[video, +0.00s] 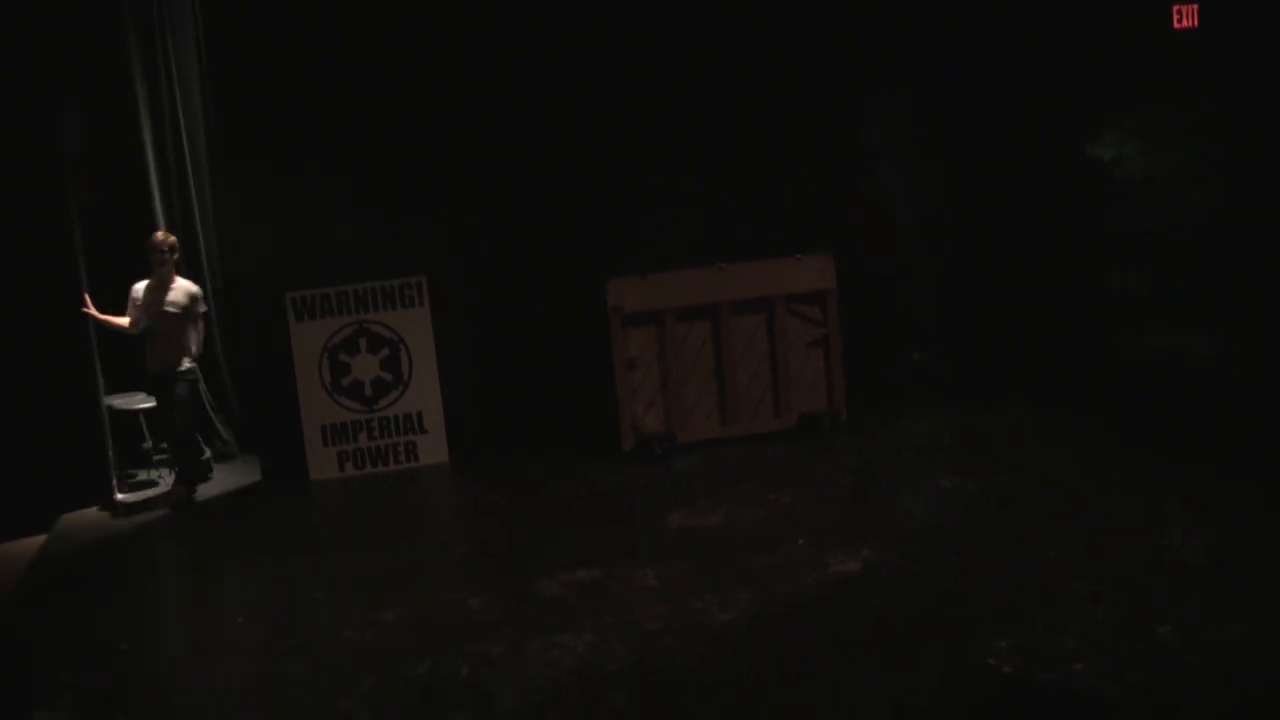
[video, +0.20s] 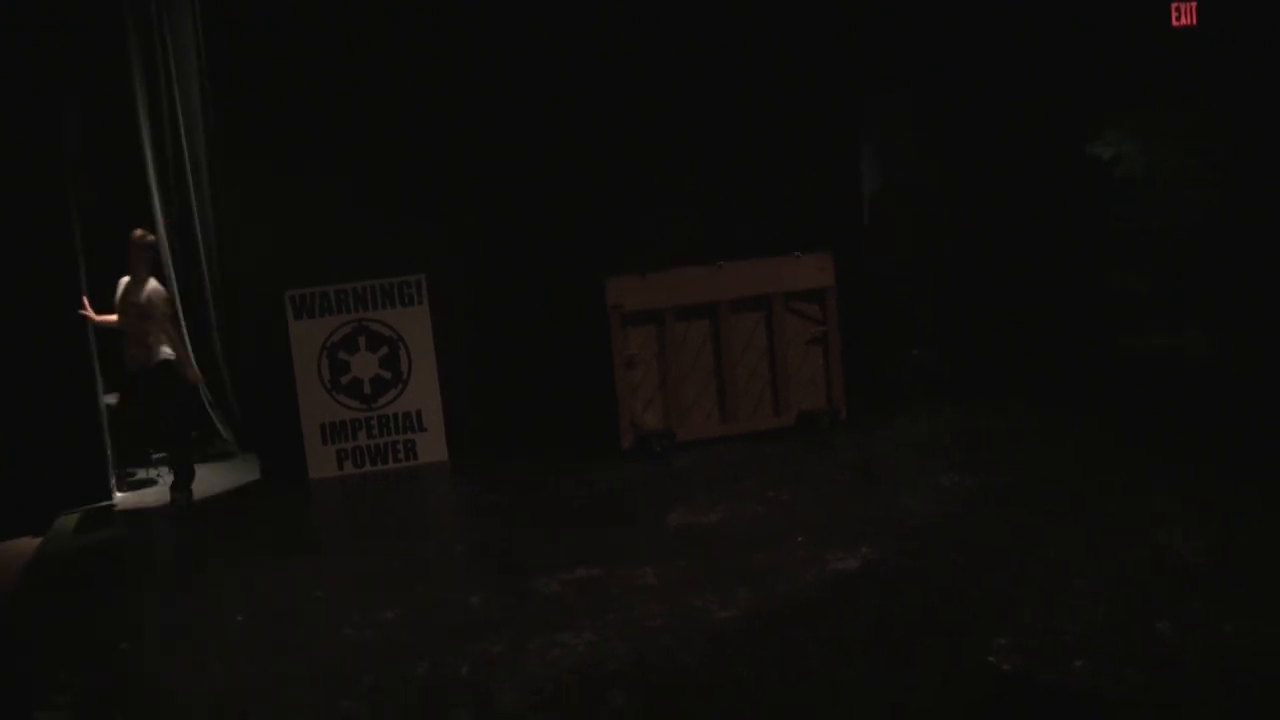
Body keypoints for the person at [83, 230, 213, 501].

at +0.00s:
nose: (161, 258)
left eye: (166, 252)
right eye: (156, 252)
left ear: (175, 255)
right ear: (149, 256)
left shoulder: (190, 291)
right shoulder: (140, 290)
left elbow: (197, 325)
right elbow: (133, 325)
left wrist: (194, 351)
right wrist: (97, 316)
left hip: (183, 369)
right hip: (156, 370)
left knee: (183, 421)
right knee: (169, 423)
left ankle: (187, 477)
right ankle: (193, 467)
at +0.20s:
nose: (138, 259)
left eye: (143, 253)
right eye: (135, 253)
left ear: (150, 256)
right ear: (131, 255)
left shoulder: (156, 291)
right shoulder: (124, 285)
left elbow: (173, 331)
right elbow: (124, 318)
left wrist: (189, 365)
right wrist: (96, 318)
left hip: (162, 366)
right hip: (137, 368)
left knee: (173, 426)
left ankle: (183, 482)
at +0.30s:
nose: (127, 259)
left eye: (132, 253)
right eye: (124, 253)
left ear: (138, 256)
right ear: (117, 254)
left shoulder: (144, 291)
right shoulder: (110, 285)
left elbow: (146, 326)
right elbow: (112, 320)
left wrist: (153, 348)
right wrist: (93, 330)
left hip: (144, 365)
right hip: (118, 366)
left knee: (157, 421)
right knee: (119, 423)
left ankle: (178, 471)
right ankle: (127, 477)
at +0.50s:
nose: (102, 260)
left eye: (105, 254)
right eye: (97, 254)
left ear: (110, 258)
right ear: (86, 258)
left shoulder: (121, 293)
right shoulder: (68, 296)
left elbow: (101, 312)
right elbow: (64, 336)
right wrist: (68, 370)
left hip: (118, 375)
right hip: (83, 379)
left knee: (134, 429)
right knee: (77, 442)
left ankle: (161, 487)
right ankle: (70, 508)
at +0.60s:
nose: (84, 269)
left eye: (88, 263)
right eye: (80, 263)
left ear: (94, 265)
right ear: (69, 266)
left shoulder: (107, 295)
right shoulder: (54, 304)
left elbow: (112, 329)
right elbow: (48, 345)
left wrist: (86, 313)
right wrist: (49, 376)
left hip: (106, 375)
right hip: (72, 380)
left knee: (117, 431)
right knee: (72, 441)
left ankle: (138, 490)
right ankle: (70, 505)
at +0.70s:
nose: (65, 271)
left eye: (69, 265)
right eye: (60, 266)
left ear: (79, 267)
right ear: (54, 270)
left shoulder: (101, 300)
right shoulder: (44, 308)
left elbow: (114, 332)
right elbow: (37, 344)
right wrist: (40, 372)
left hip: (96, 381)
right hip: (61, 385)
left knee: (106, 439)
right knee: (62, 446)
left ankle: (129, 493)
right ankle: (64, 509)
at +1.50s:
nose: (36, 303)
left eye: (40, 297)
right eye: (31, 298)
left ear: (50, 299)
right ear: (25, 303)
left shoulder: (71, 328)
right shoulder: (18, 338)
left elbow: (89, 363)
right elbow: (17, 380)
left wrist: (96, 400)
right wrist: (21, 410)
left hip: (72, 400)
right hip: (39, 406)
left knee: (69, 445)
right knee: (44, 457)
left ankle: (105, 506)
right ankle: (55, 521)